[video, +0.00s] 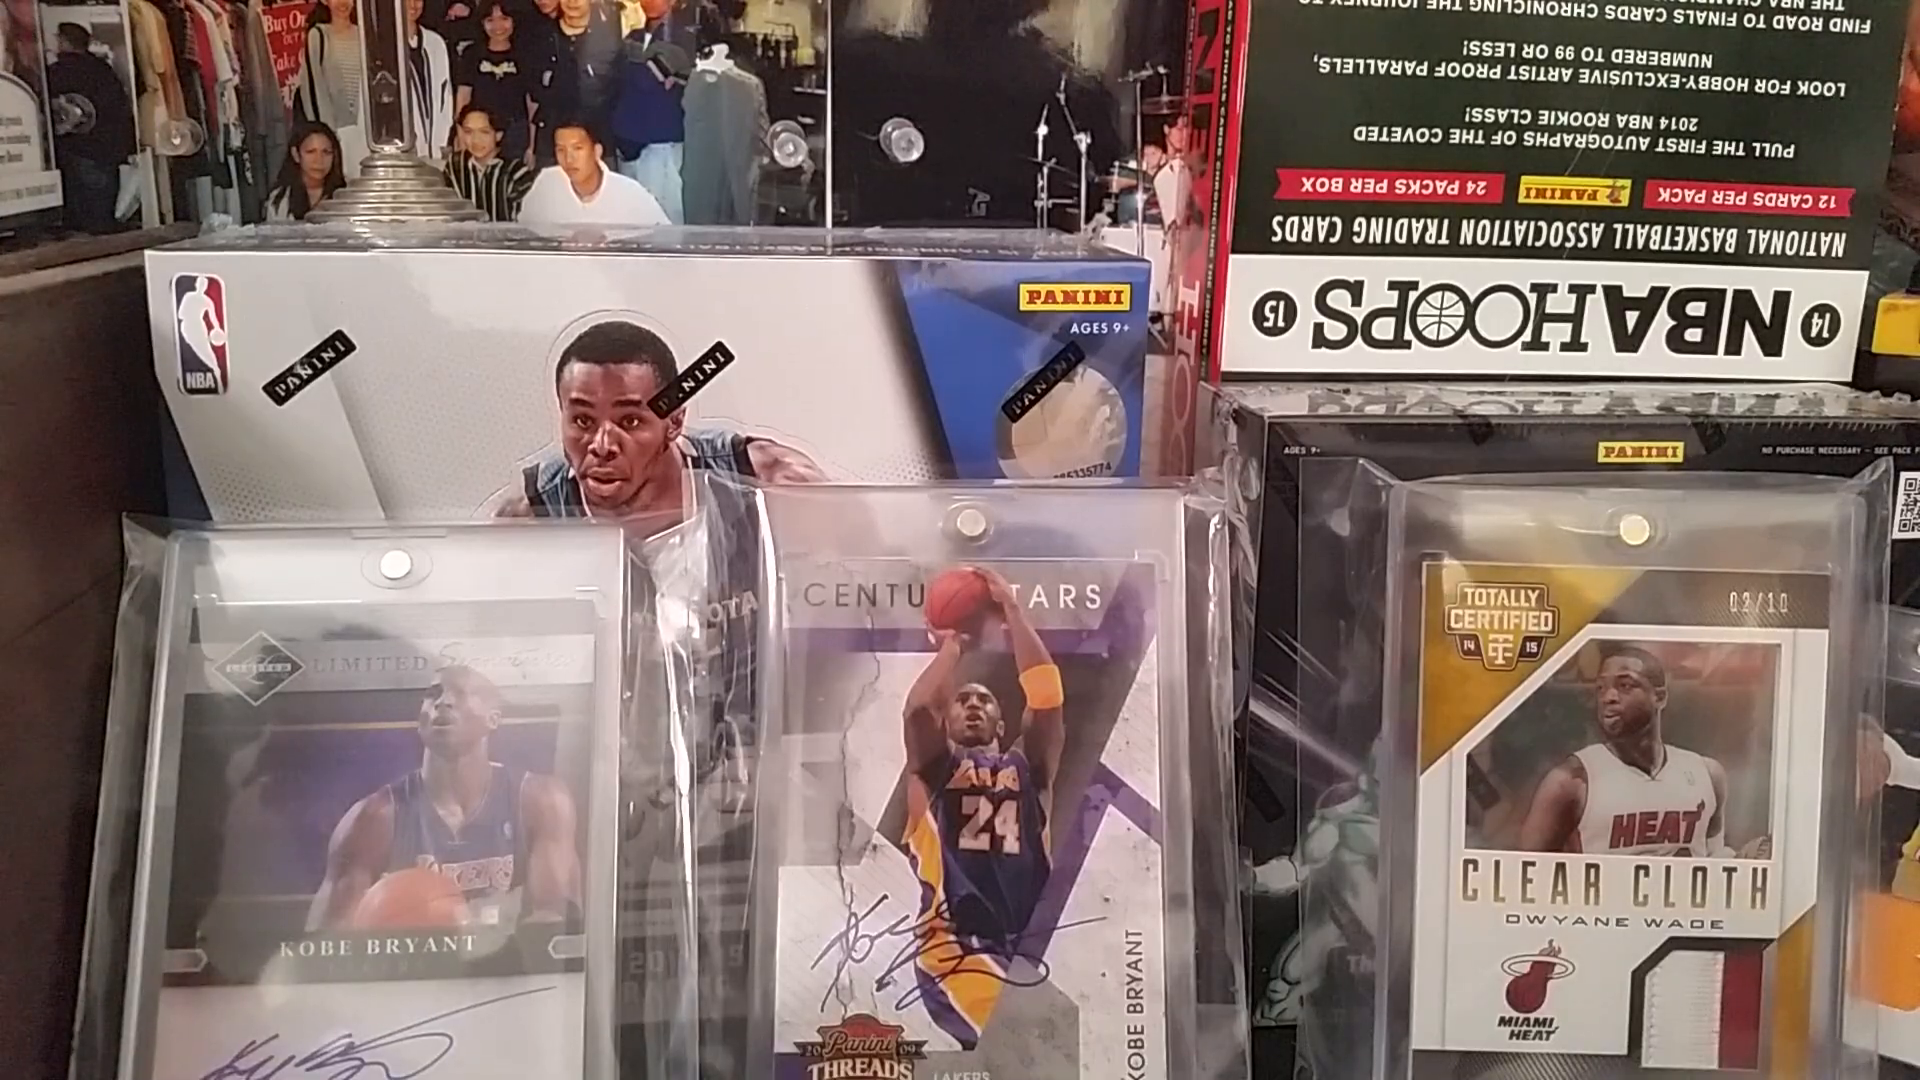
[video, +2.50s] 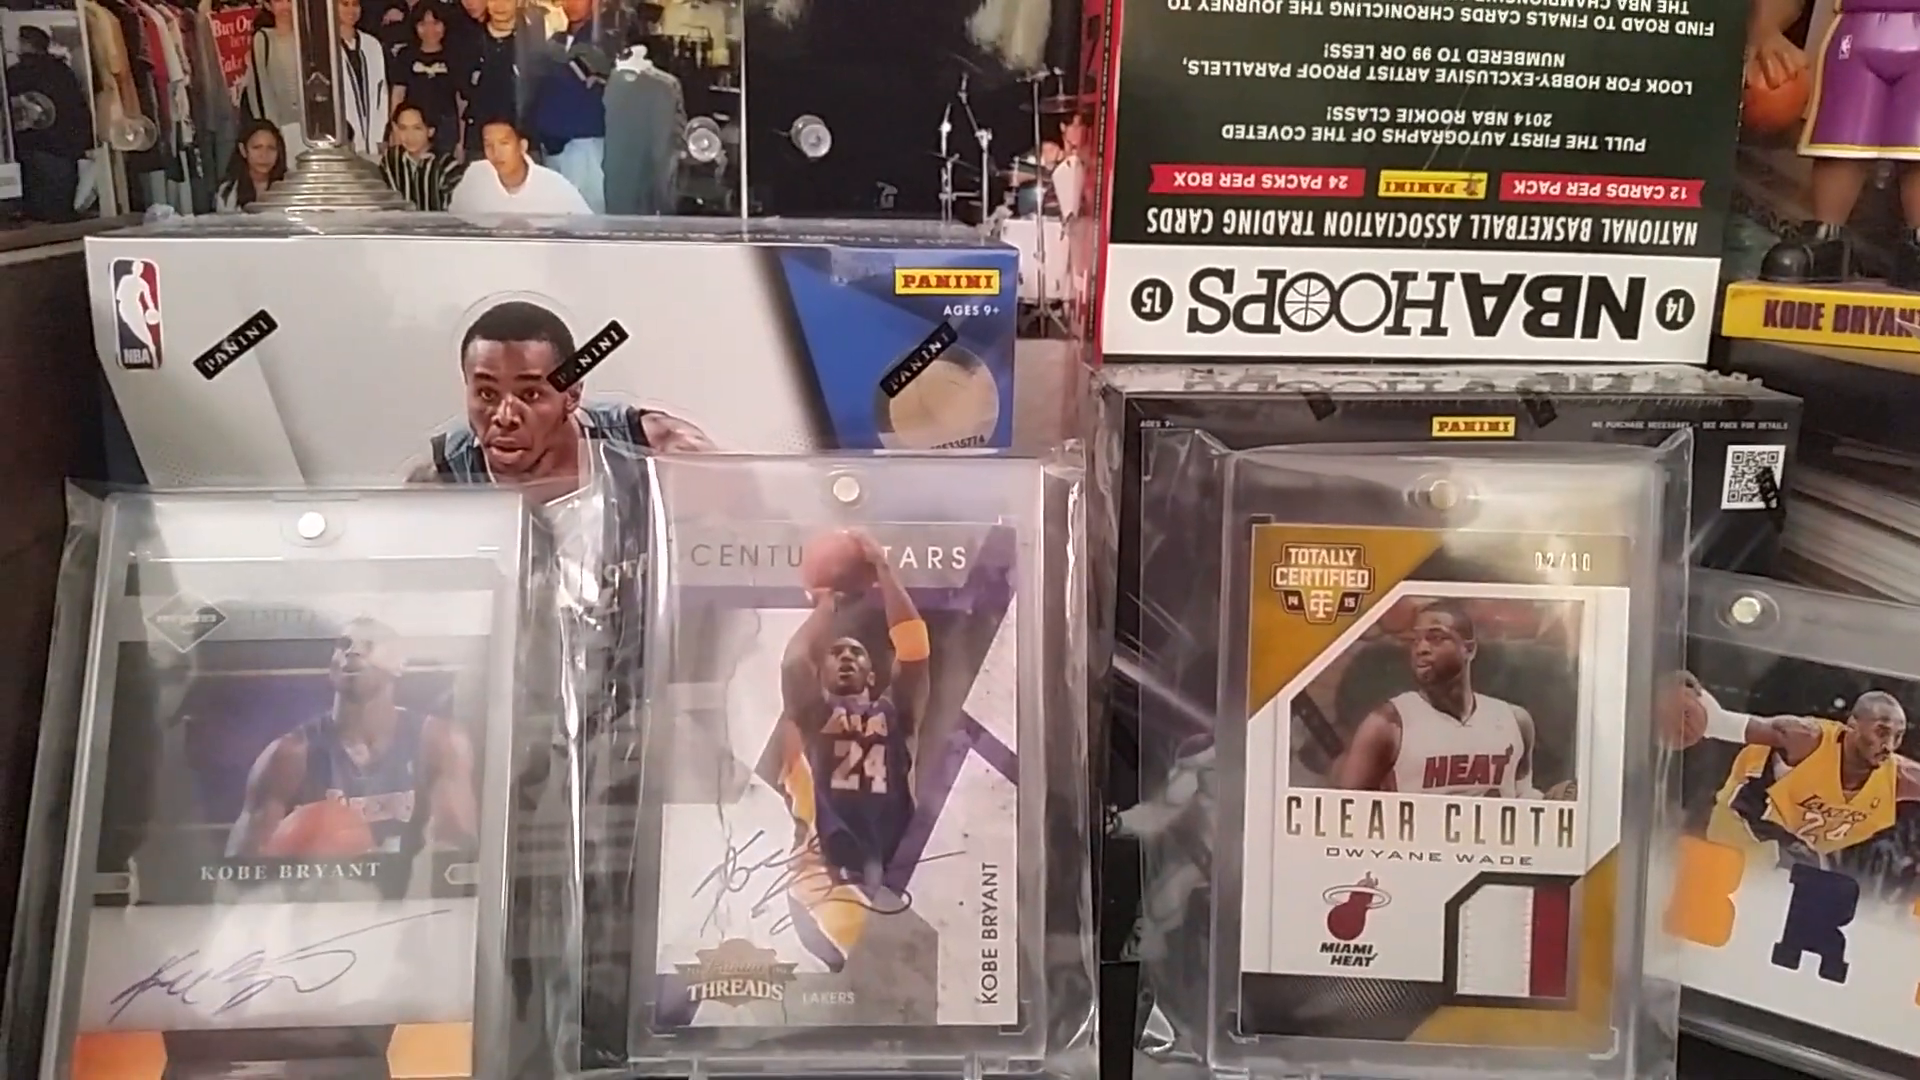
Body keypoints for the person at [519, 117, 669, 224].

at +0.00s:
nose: (569, 159)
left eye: (578, 149)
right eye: (561, 151)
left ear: (597, 151)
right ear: (555, 154)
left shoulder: (629, 192)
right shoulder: (547, 183)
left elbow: (668, 240)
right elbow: (521, 233)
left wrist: (609, 243)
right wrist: (564, 244)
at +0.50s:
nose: (579, 160)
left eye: (588, 149)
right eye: (571, 151)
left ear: (607, 151)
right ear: (565, 154)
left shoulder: (640, 192)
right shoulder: (557, 182)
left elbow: (678, 240)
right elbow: (532, 231)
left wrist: (619, 243)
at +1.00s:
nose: (573, 159)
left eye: (583, 149)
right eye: (567, 151)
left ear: (602, 153)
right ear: (561, 156)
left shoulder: (633, 193)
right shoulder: (553, 183)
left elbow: (669, 239)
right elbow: (528, 232)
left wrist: (614, 244)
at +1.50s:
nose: (462, 154)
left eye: (471, 144)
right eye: (455, 146)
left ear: (490, 147)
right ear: (449, 150)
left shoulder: (522, 186)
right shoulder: (442, 177)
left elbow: (559, 233)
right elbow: (418, 226)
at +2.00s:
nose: (459, 154)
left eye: (467, 144)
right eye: (451, 146)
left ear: (485, 146)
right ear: (446, 151)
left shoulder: (516, 185)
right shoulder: (438, 176)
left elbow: (553, 231)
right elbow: (414, 225)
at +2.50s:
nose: (496, 153)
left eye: (504, 144)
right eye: (489, 146)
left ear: (522, 146)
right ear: (484, 150)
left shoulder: (554, 184)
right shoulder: (476, 175)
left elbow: (590, 229)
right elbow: (452, 223)